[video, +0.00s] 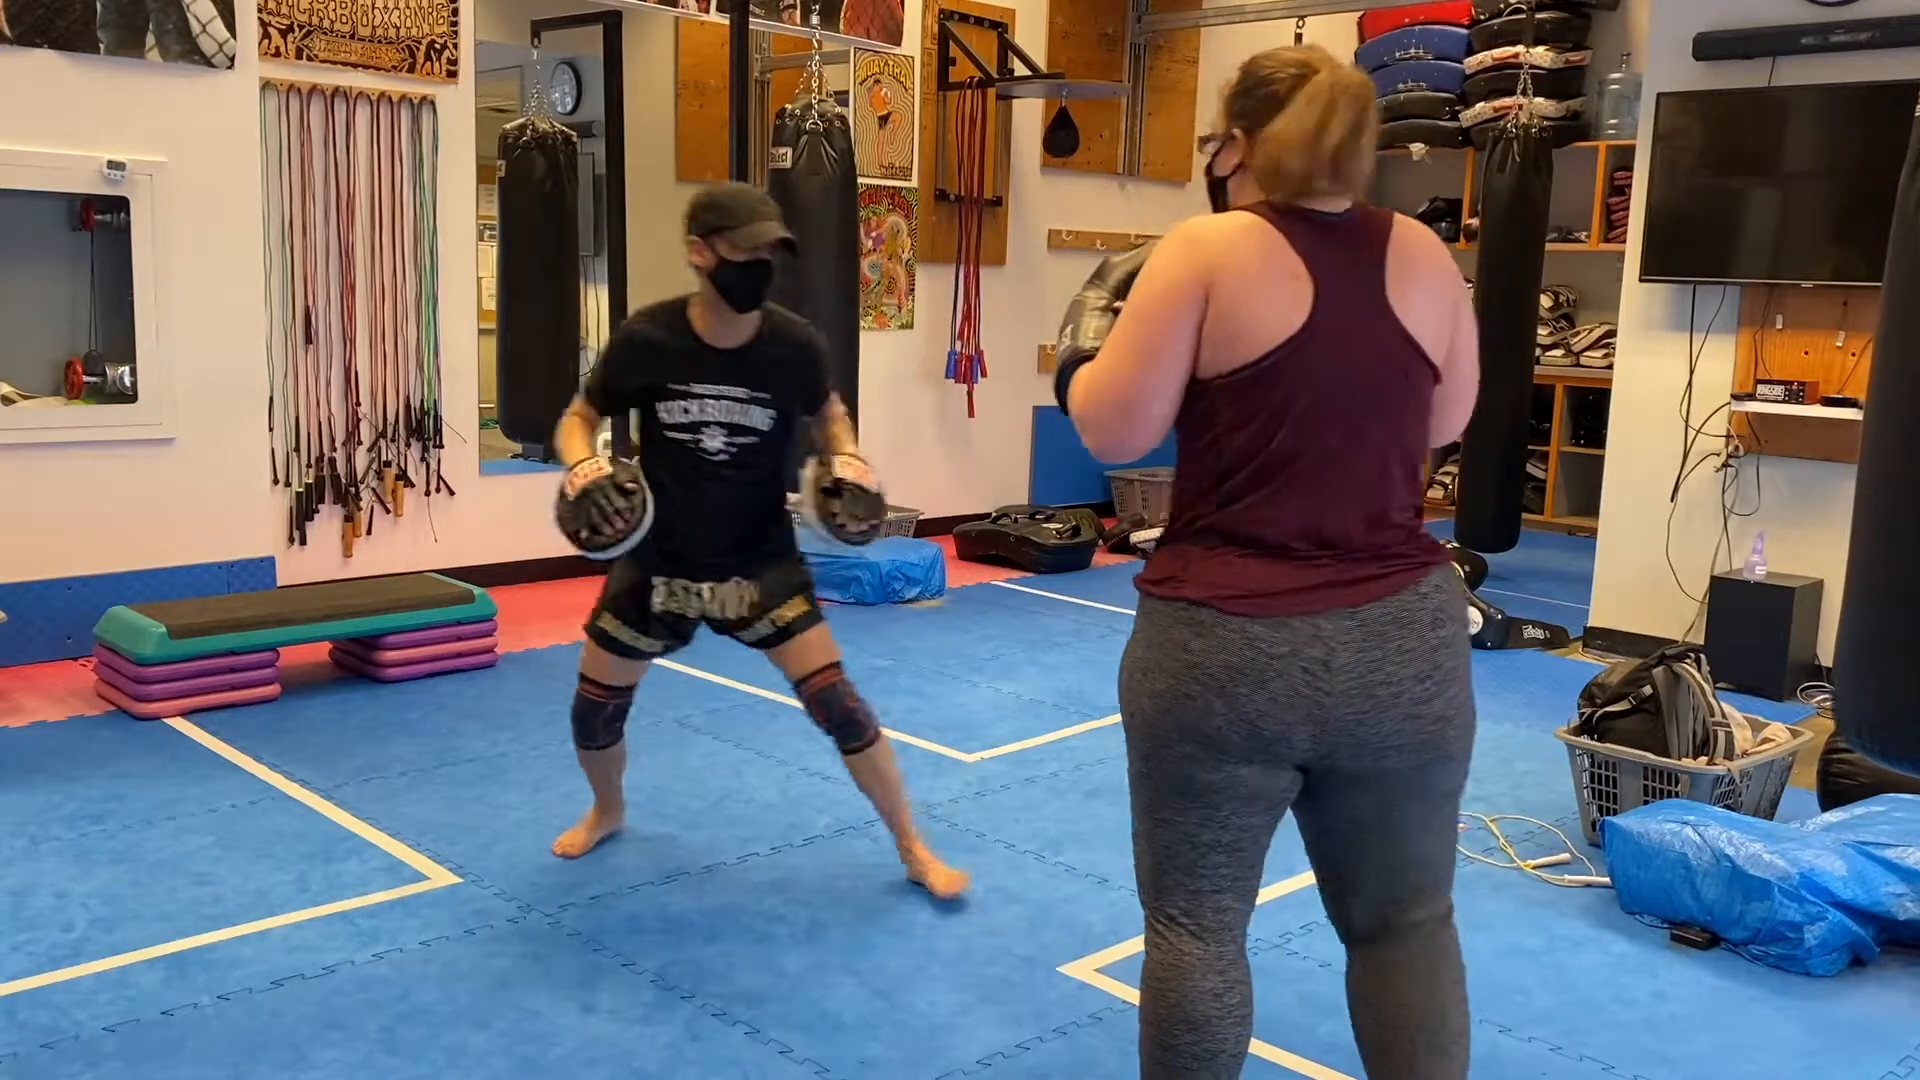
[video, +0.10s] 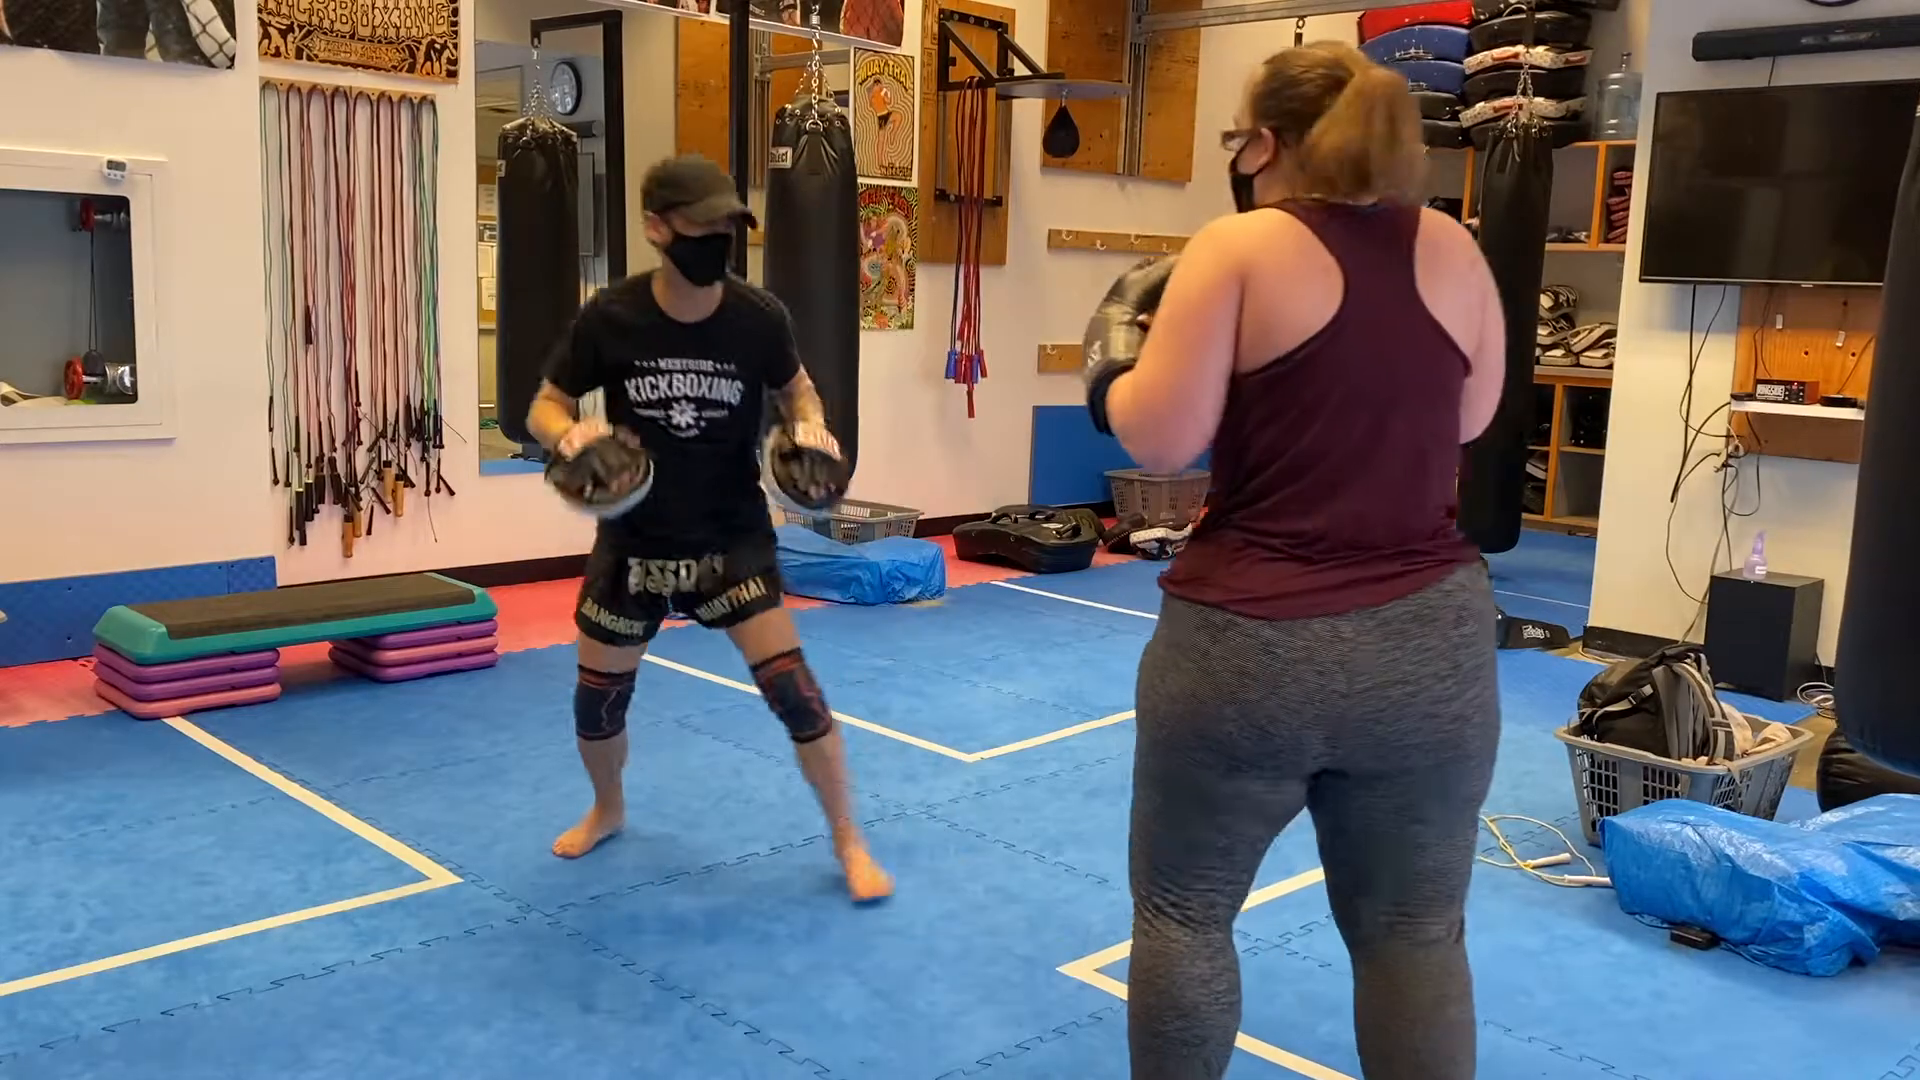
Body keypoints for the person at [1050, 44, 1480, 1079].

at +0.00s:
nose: (1214, 156)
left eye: (1220, 141)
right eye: (1218, 141)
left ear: (1242, 148)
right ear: (1352, 143)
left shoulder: (1202, 250)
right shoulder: (1422, 254)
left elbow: (1113, 430)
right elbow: (1448, 419)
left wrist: (1085, 361)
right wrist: (1336, 391)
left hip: (1218, 647)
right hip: (1402, 646)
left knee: (1194, 928)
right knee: (1405, 920)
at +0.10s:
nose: (1239, 157)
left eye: (1244, 141)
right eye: (1242, 140)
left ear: (1268, 145)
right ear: (1374, 135)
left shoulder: (1234, 249)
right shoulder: (1453, 249)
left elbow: (1164, 438)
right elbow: (1473, 413)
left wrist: (1115, 378)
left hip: (1245, 651)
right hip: (1431, 647)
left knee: (1185, 915)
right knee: (1417, 927)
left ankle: (1179, 1074)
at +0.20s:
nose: (1257, 157)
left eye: (1265, 138)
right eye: (1259, 137)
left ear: (1298, 142)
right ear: (1387, 132)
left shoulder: (1259, 249)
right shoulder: (1478, 247)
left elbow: (1194, 441)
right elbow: (1501, 413)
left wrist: (1141, 386)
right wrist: (1376, 383)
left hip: (1268, 648)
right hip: (1457, 645)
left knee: (1171, 897)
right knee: (1426, 935)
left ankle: (1154, 1073)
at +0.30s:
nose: (1260, 159)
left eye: (1270, 139)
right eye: (1263, 138)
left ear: (1308, 146)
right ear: (1393, 135)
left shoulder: (1270, 252)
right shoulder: (1488, 247)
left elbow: (1202, 441)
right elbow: (1512, 419)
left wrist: (1147, 376)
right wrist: (1385, 381)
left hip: (1283, 648)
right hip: (1471, 643)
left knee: (1160, 893)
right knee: (1432, 945)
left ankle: (1130, 1069)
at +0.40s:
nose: (1258, 165)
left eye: (1268, 144)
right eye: (1259, 143)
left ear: (1309, 146)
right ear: (1388, 137)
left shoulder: (1265, 253)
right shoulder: (1482, 250)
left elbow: (1196, 443)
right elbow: (1506, 424)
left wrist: (1139, 378)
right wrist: (1375, 400)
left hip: (1275, 650)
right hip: (1464, 646)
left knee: (1161, 916)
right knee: (1430, 954)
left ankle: (1104, 1068)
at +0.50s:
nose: (1250, 163)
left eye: (1258, 142)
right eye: (1251, 141)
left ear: (1293, 147)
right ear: (1386, 140)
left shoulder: (1245, 255)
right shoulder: (1465, 259)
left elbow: (1170, 444)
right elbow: (1483, 434)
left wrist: (1123, 371)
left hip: (1253, 655)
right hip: (1438, 649)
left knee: (1163, 939)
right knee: (1419, 952)